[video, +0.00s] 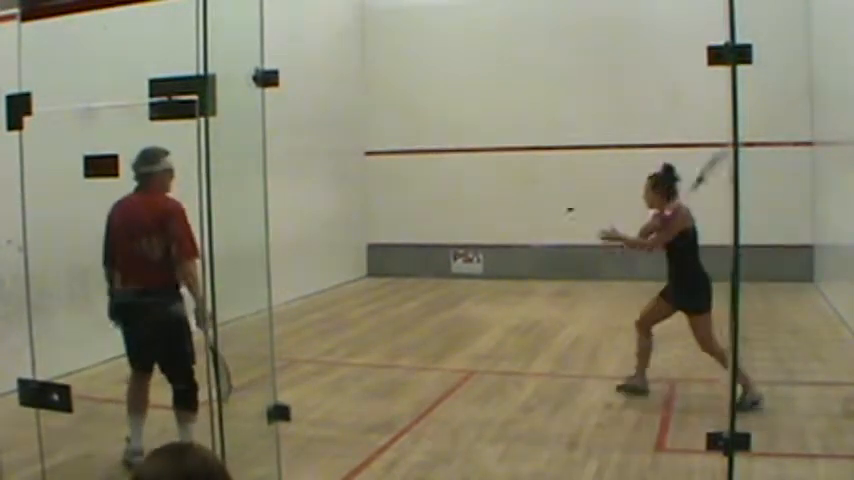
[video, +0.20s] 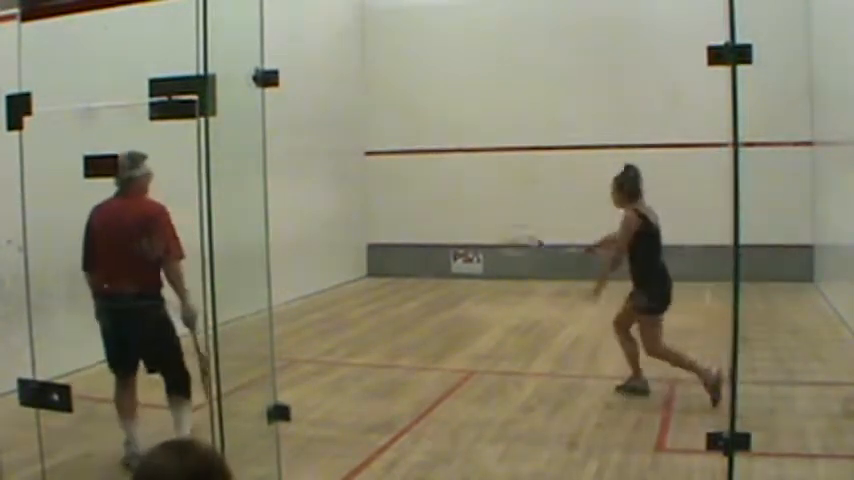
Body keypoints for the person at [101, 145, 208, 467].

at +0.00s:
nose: (172, 178)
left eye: (171, 172)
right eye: (169, 173)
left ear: (140, 176)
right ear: (159, 176)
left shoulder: (119, 209)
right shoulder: (170, 209)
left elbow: (110, 261)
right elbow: (186, 263)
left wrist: (115, 296)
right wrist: (200, 302)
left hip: (129, 302)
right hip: (165, 302)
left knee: (140, 371)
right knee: (182, 377)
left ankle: (134, 445)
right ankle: (187, 446)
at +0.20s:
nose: (150, 181)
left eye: (148, 177)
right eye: (148, 177)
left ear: (120, 181)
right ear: (143, 180)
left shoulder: (99, 213)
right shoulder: (154, 212)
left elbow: (90, 267)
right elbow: (170, 263)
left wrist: (100, 304)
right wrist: (185, 301)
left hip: (110, 308)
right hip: (146, 306)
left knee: (124, 375)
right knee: (175, 372)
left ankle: (131, 446)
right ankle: (183, 443)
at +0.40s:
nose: (130, 185)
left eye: (126, 180)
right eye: (128, 181)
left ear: (100, 184)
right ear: (124, 183)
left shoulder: (82, 216)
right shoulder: (139, 214)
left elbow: (73, 265)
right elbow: (155, 260)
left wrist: (91, 291)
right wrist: (163, 299)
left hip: (99, 305)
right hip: (134, 302)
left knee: (111, 377)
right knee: (141, 368)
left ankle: (131, 444)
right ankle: (149, 435)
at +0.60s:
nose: (81, 187)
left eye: (83, 182)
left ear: (85, 186)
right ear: (111, 187)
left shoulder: (68, 218)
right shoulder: (128, 219)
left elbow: (58, 266)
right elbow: (147, 258)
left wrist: (81, 288)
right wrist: (145, 295)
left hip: (86, 306)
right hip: (121, 304)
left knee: (76, 371)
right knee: (119, 367)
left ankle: (112, 426)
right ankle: (129, 433)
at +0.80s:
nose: (73, 189)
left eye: (64, 185)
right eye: (80, 182)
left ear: (58, 188)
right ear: (83, 185)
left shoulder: (47, 222)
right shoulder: (105, 219)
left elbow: (34, 264)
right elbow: (129, 258)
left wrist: (56, 285)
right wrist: (109, 280)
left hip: (66, 309)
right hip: (102, 306)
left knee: (43, 372)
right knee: (109, 368)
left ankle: (41, 447)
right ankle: (129, 430)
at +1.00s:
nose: (27, 192)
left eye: (24, 186)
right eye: (33, 185)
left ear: (20, 189)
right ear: (46, 188)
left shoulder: (10, 226)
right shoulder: (65, 222)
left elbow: (5, 272)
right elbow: (86, 256)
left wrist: (18, 291)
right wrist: (58, 266)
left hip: (29, 314)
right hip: (65, 311)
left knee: (5, 375)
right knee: (82, 368)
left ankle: (11, 451)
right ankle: (120, 427)